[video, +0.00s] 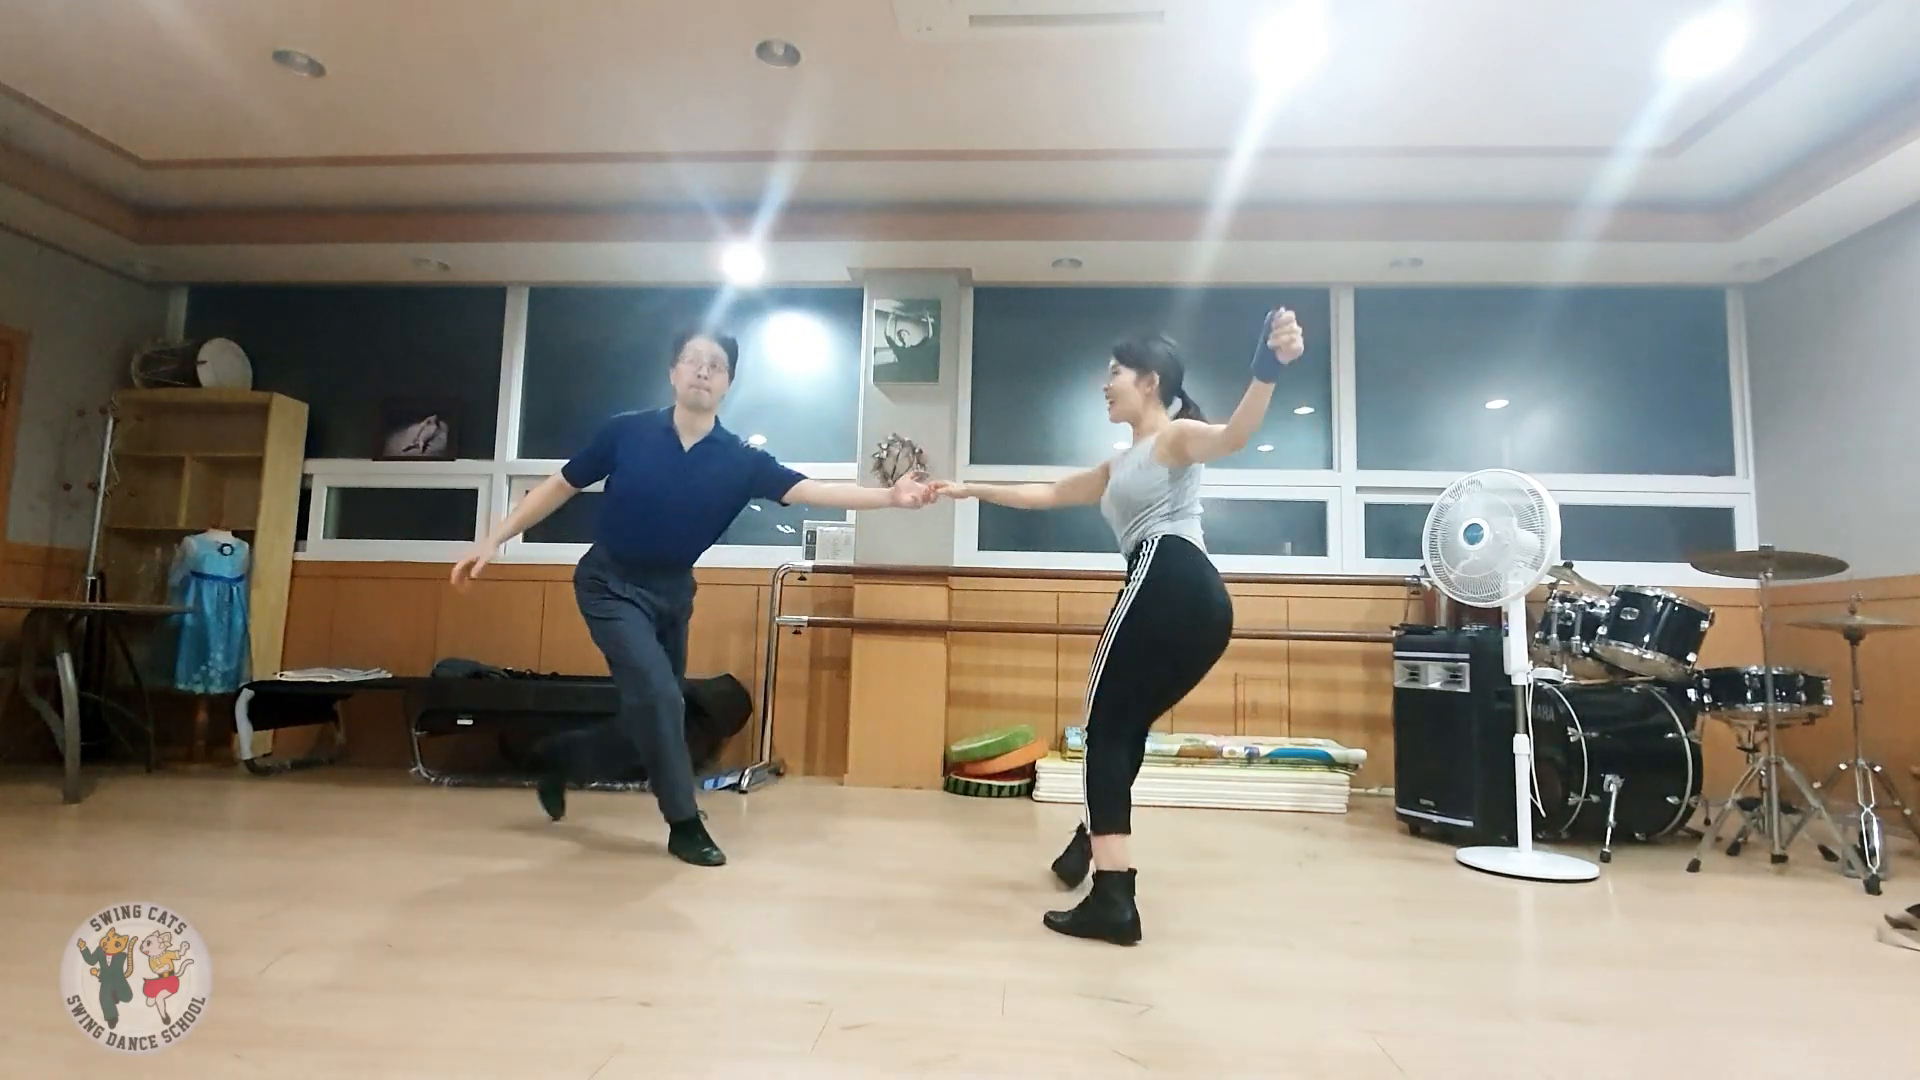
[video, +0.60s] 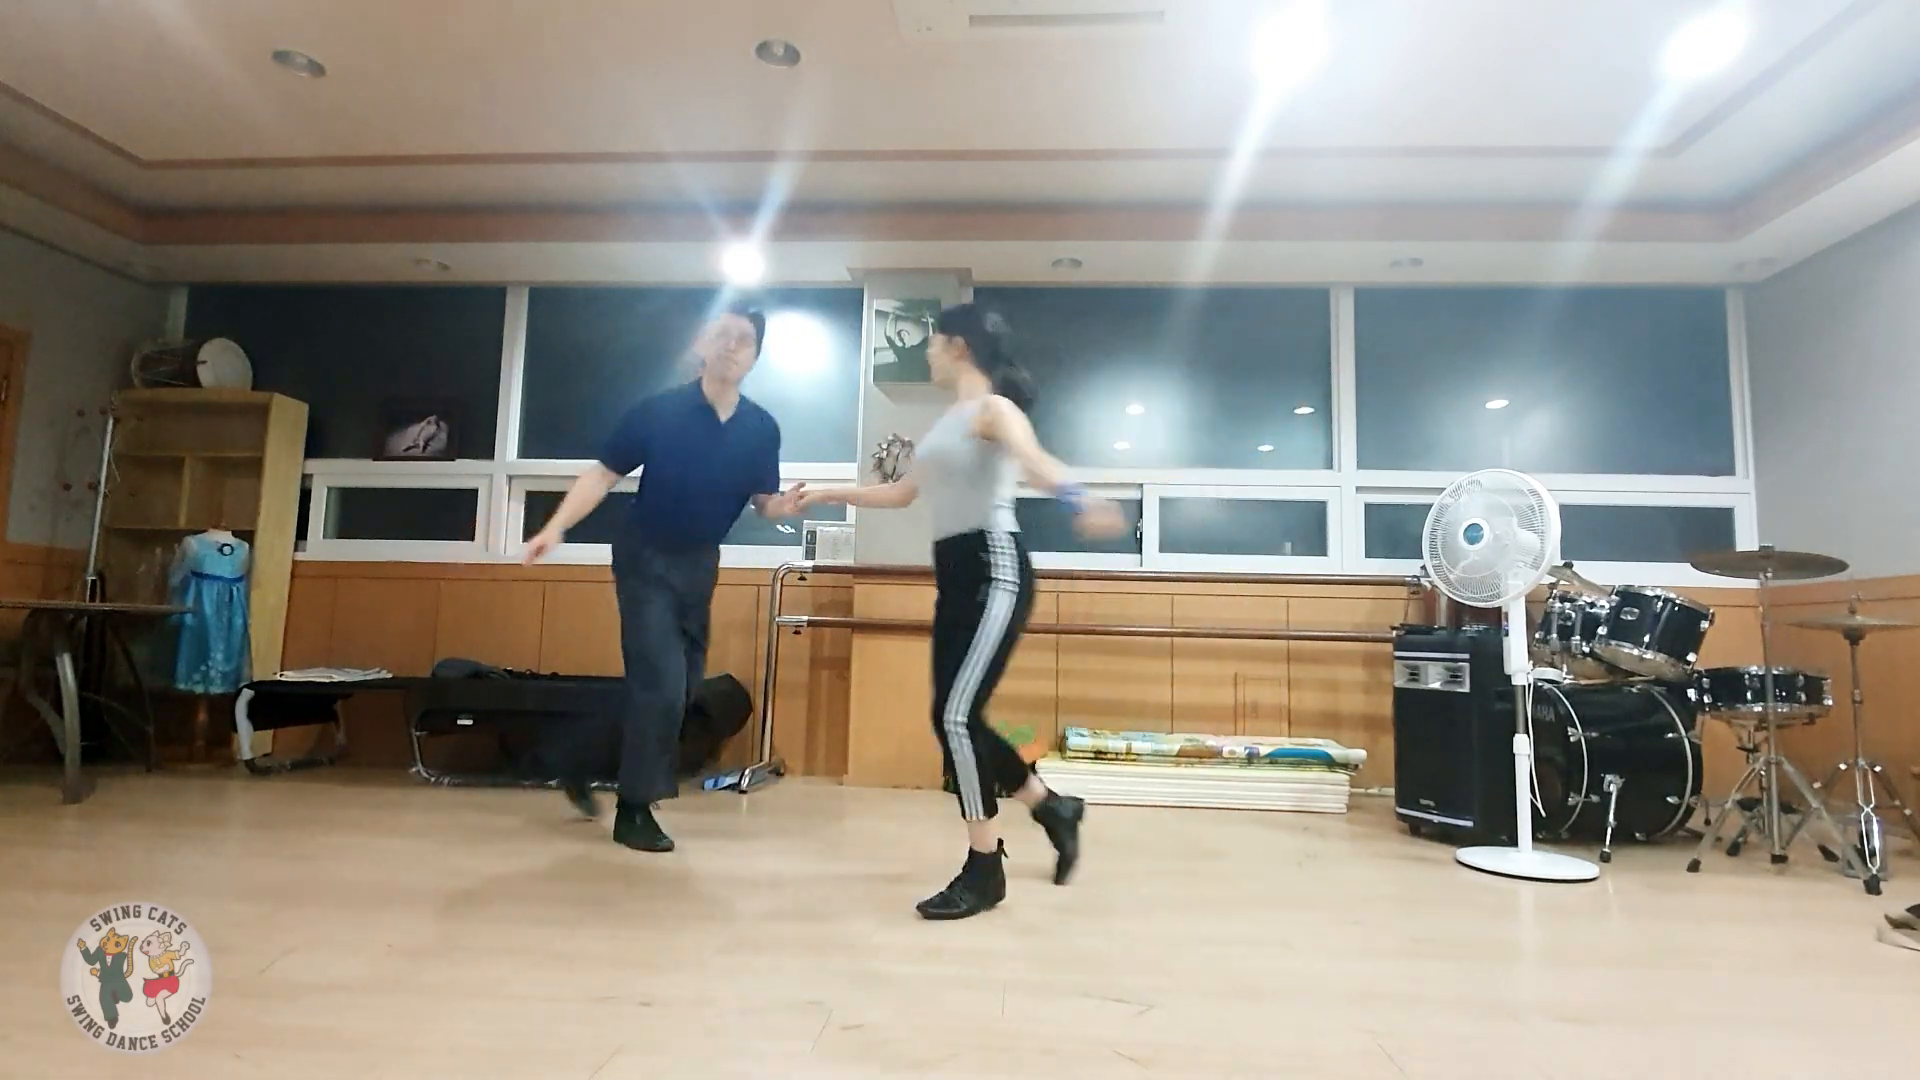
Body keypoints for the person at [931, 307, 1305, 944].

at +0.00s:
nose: (1106, 384)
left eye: (1116, 373)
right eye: (1108, 373)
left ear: (1150, 382)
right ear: (1137, 385)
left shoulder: (1175, 435)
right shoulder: (1118, 467)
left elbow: (1233, 436)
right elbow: (1045, 492)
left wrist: (1269, 364)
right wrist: (964, 487)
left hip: (1167, 579)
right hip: (1204, 606)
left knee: (1106, 725)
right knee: (1127, 726)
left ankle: (1114, 897)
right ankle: (1091, 839)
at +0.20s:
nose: (1078, 372)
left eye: (1088, 362)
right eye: (1081, 362)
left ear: (1121, 369)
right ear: (1114, 372)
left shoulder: (1163, 430)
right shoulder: (1085, 454)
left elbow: (1236, 440)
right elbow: (1010, 483)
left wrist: (1281, 382)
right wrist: (925, 481)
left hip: (1169, 597)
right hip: (1126, 598)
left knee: (1066, 693)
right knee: (1067, 700)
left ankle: (1047, 844)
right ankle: (1103, 839)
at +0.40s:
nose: (1024, 379)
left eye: (1032, 369)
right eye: (1026, 369)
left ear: (1065, 372)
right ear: (1057, 374)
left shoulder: (1121, 439)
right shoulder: (1031, 456)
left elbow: (1208, 469)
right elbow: (956, 487)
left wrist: (1280, 451)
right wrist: (875, 485)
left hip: (1101, 606)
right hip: (1040, 602)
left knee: (1042, 723)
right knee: (1043, 726)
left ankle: (967, 865)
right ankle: (1094, 835)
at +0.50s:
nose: (979, 365)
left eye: (985, 355)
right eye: (981, 356)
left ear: (1015, 360)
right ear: (1011, 363)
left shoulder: (1065, 430)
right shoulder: (984, 444)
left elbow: (1143, 480)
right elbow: (922, 492)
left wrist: (1219, 491)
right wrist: (840, 491)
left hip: (1054, 590)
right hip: (995, 592)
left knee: (1007, 716)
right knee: (1024, 722)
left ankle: (973, 867)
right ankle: (1089, 830)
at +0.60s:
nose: (928, 353)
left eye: (934, 343)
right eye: (930, 343)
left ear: (960, 348)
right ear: (961, 349)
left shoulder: (992, 408)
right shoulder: (948, 422)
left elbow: (1034, 461)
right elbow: (900, 493)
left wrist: (1081, 497)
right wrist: (822, 496)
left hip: (994, 570)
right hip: (958, 574)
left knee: (956, 715)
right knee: (954, 717)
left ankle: (984, 866)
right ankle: (1054, 810)